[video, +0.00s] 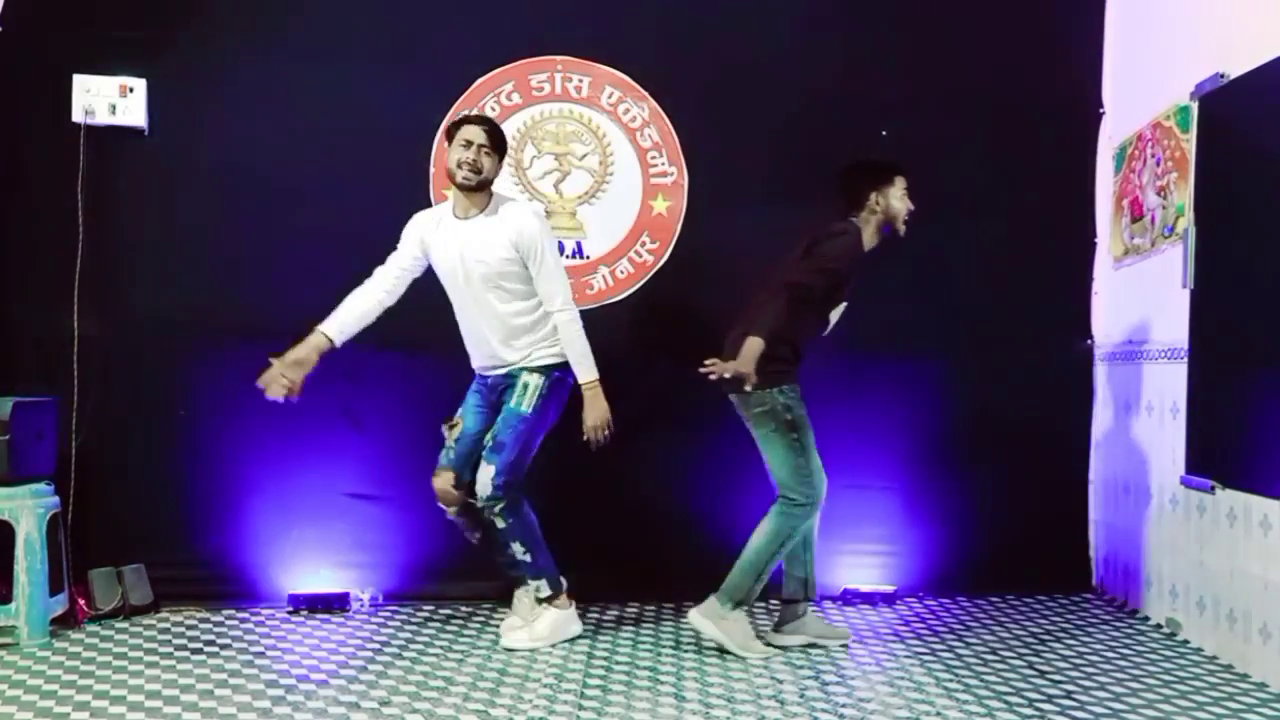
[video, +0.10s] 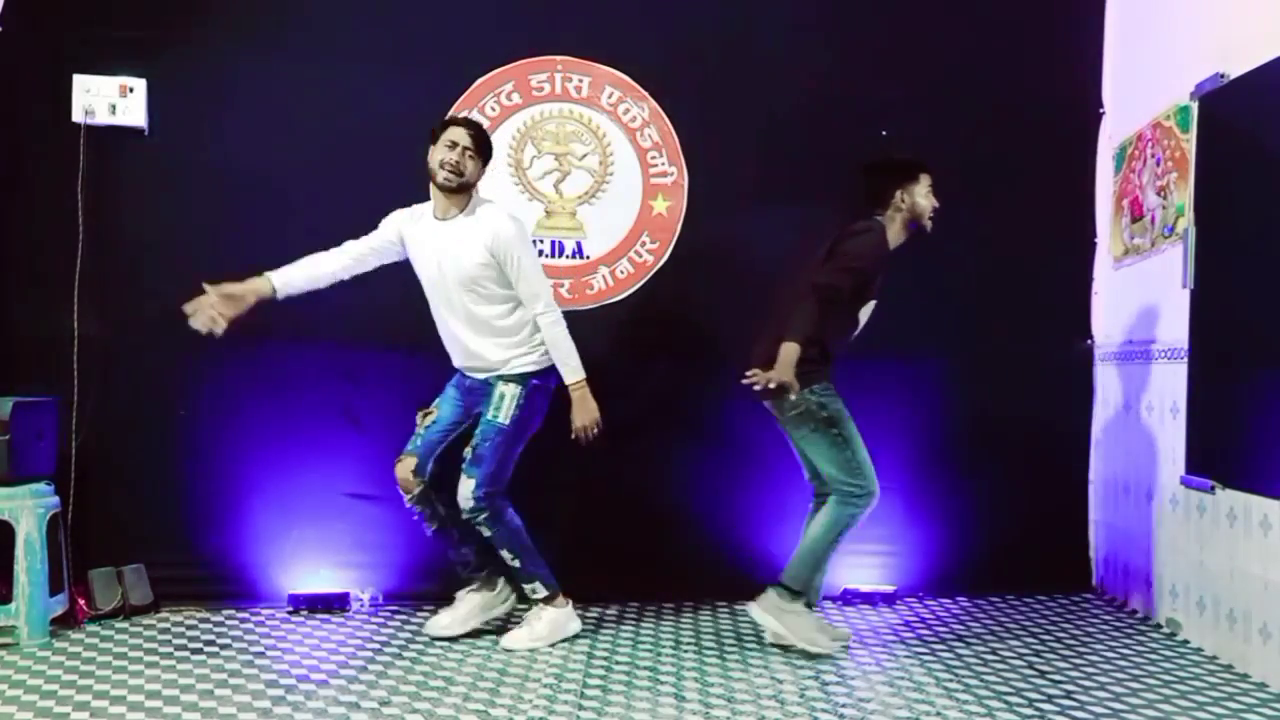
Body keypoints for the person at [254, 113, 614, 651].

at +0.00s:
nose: (472, 155)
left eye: (485, 149)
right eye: (463, 145)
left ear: (498, 164)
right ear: (446, 155)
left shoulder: (523, 222)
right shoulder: (427, 228)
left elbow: (563, 308)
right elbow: (380, 289)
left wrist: (593, 390)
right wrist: (311, 347)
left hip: (541, 367)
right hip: (489, 373)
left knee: (495, 485)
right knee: (452, 485)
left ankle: (558, 605)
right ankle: (532, 583)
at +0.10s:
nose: (456, 155)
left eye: (469, 151)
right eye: (448, 145)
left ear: (481, 169)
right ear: (429, 154)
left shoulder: (500, 226)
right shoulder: (408, 226)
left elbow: (547, 309)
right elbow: (339, 262)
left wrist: (579, 389)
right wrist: (254, 289)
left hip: (523, 375)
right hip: (468, 376)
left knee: (479, 494)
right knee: (413, 474)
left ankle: (554, 605)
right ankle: (490, 585)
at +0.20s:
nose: (438, 156)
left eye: (451, 152)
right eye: (431, 144)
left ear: (462, 170)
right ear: (413, 153)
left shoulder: (477, 228)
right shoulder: (388, 216)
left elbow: (527, 311)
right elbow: (311, 230)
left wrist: (560, 391)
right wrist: (214, 232)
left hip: (491, 373)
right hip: (441, 377)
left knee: (413, 485)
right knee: (404, 497)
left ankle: (513, 576)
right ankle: (475, 601)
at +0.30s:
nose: (426, 152)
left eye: (440, 149)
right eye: (421, 141)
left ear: (452, 167)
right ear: (403, 149)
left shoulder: (467, 227)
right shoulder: (375, 212)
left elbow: (511, 314)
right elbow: (294, 208)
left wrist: (543, 394)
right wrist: (196, 192)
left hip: (472, 370)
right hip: (421, 375)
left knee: (381, 465)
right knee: (386, 488)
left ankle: (462, 578)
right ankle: (465, 596)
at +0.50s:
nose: (391, 137)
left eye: (405, 136)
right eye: (386, 124)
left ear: (411, 155)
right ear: (364, 131)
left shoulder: (418, 217)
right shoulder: (330, 188)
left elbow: (445, 312)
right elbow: (249, 155)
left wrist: (460, 402)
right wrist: (161, 101)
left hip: (402, 373)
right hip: (355, 366)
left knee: (331, 491)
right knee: (282, 466)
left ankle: (403, 617)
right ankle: (353, 586)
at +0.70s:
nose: (354, 120)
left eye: (367, 121)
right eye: (349, 109)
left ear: (374, 145)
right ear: (327, 118)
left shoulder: (373, 206)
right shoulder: (289, 167)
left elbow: (388, 305)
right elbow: (211, 113)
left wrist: (391, 396)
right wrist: (137, 40)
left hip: (334, 358)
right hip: (285, 355)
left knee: (246, 471)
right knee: (237, 485)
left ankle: (332, 586)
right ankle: (294, 607)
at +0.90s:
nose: (330, 113)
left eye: (343, 116)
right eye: (327, 101)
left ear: (348, 139)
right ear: (303, 104)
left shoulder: (340, 200)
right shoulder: (258, 160)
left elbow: (348, 301)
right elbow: (196, 96)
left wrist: (347, 396)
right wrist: (144, 21)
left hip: (279, 362)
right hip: (223, 350)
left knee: (210, 488)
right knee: (159, 475)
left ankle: (277, 619)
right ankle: (222, 597)